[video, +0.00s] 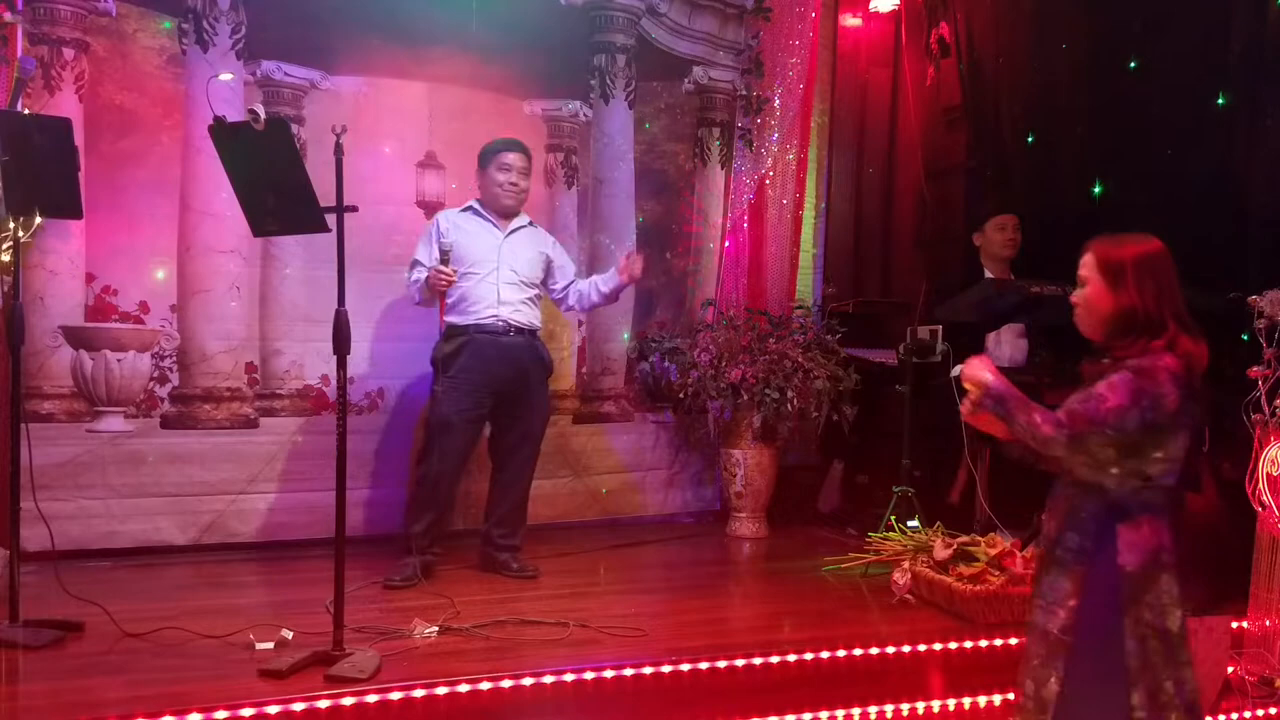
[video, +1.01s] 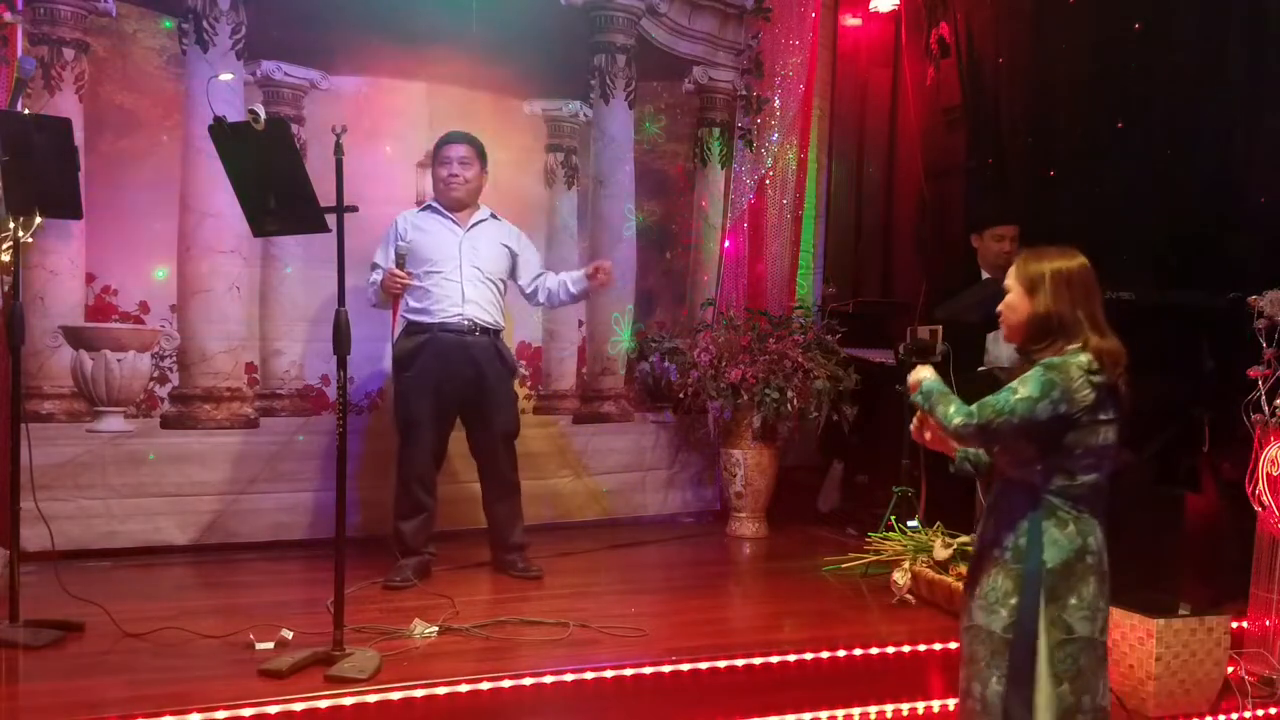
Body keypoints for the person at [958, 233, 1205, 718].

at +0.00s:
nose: (1074, 297)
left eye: (1085, 284)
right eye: (1077, 284)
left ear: (1126, 294)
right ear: (1128, 297)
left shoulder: (1153, 375)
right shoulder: (1139, 369)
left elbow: (1063, 435)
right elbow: (1086, 450)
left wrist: (992, 384)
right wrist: (1006, 428)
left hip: (1116, 549)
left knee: (1094, 685)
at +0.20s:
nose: (1058, 284)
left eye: (1071, 271)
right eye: (1062, 271)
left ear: (1112, 284)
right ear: (1110, 286)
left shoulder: (1131, 365)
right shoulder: (1117, 360)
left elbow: (1024, 410)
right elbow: (1064, 442)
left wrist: (971, 357)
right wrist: (979, 410)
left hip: (1092, 537)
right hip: (1070, 531)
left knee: (1076, 678)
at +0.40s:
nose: (1050, 281)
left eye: (1064, 269)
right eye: (1055, 268)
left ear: (1105, 283)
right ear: (1101, 285)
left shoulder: (1126, 363)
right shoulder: (1100, 357)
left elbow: (1017, 404)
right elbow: (1044, 436)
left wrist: (963, 345)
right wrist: (969, 403)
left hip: (1083, 532)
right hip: (1049, 526)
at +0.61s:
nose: (1036, 280)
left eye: (1050, 269)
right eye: (1041, 268)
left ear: (1092, 286)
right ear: (1088, 288)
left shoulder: (1112, 365)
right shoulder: (1085, 360)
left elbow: (1004, 406)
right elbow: (1035, 439)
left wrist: (957, 351)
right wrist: (959, 409)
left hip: (1073, 535)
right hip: (1037, 527)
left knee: (1054, 682)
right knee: (1021, 674)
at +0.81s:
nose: (1016, 288)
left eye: (1029, 277)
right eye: (1021, 276)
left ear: (1068, 289)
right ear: (1070, 292)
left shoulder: (1090, 365)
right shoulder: (1086, 360)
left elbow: (986, 409)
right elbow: (1029, 443)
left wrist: (939, 359)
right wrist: (953, 423)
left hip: (1058, 528)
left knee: (1037, 675)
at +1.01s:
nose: (999, 308)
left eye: (1010, 295)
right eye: (1003, 295)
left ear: (1046, 303)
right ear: (1052, 306)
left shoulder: (1063, 373)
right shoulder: (1087, 371)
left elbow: (967, 424)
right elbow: (1027, 461)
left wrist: (926, 382)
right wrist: (951, 449)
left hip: (1041, 535)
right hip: (1069, 530)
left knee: (1016, 673)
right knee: (1051, 672)